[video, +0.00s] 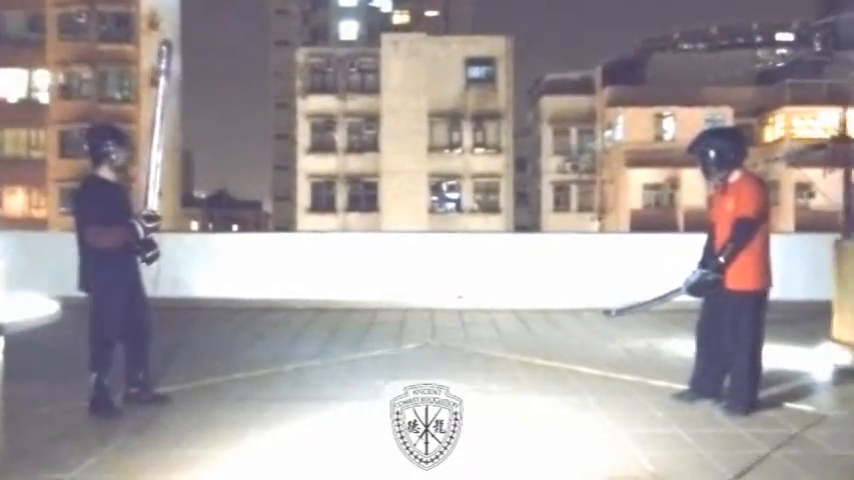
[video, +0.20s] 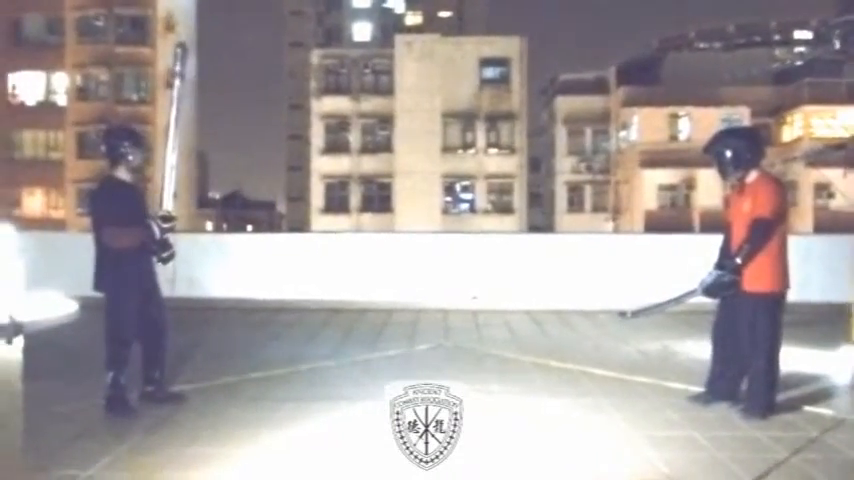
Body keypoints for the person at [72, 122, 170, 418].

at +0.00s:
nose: (126, 154)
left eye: (126, 149)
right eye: (121, 149)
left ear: (110, 151)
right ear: (107, 151)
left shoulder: (117, 188)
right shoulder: (91, 190)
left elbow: (118, 226)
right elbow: (93, 235)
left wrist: (138, 225)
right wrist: (133, 237)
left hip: (125, 270)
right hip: (103, 273)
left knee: (138, 325)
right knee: (105, 331)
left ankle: (138, 385)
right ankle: (99, 390)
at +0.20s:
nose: (142, 157)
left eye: (141, 151)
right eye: (137, 151)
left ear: (124, 153)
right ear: (123, 153)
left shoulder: (133, 191)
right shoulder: (107, 192)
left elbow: (136, 228)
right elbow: (110, 236)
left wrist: (155, 229)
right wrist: (149, 236)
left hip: (140, 271)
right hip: (118, 274)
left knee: (154, 325)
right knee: (121, 330)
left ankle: (154, 384)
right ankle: (115, 389)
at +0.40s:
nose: (147, 159)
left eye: (146, 153)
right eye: (142, 153)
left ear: (129, 155)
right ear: (128, 155)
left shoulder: (137, 192)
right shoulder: (112, 194)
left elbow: (138, 229)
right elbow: (115, 239)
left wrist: (158, 229)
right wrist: (154, 241)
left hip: (145, 274)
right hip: (124, 277)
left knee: (158, 328)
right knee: (126, 333)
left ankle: (159, 385)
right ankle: (120, 391)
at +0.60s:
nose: (148, 163)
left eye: (147, 157)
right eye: (143, 157)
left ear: (130, 159)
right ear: (128, 159)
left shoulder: (138, 196)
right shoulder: (110, 198)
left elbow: (139, 233)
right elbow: (112, 242)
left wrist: (158, 236)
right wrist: (152, 244)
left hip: (146, 278)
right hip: (123, 281)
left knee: (160, 330)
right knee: (127, 335)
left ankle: (160, 389)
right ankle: (122, 396)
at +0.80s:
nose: (147, 163)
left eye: (146, 157)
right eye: (142, 157)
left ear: (128, 159)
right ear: (126, 159)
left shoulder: (136, 196)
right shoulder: (108, 198)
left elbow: (138, 232)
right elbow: (111, 242)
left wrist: (157, 241)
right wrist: (150, 245)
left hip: (144, 279)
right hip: (121, 282)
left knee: (157, 331)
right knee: (124, 336)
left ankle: (158, 389)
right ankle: (119, 397)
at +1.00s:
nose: (144, 163)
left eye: (143, 157)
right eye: (138, 157)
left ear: (121, 159)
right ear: (123, 160)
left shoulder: (133, 196)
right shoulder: (107, 199)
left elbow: (134, 234)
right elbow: (111, 244)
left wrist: (153, 234)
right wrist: (150, 248)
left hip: (141, 279)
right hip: (119, 281)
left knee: (155, 331)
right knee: (122, 338)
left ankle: (156, 390)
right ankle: (117, 398)